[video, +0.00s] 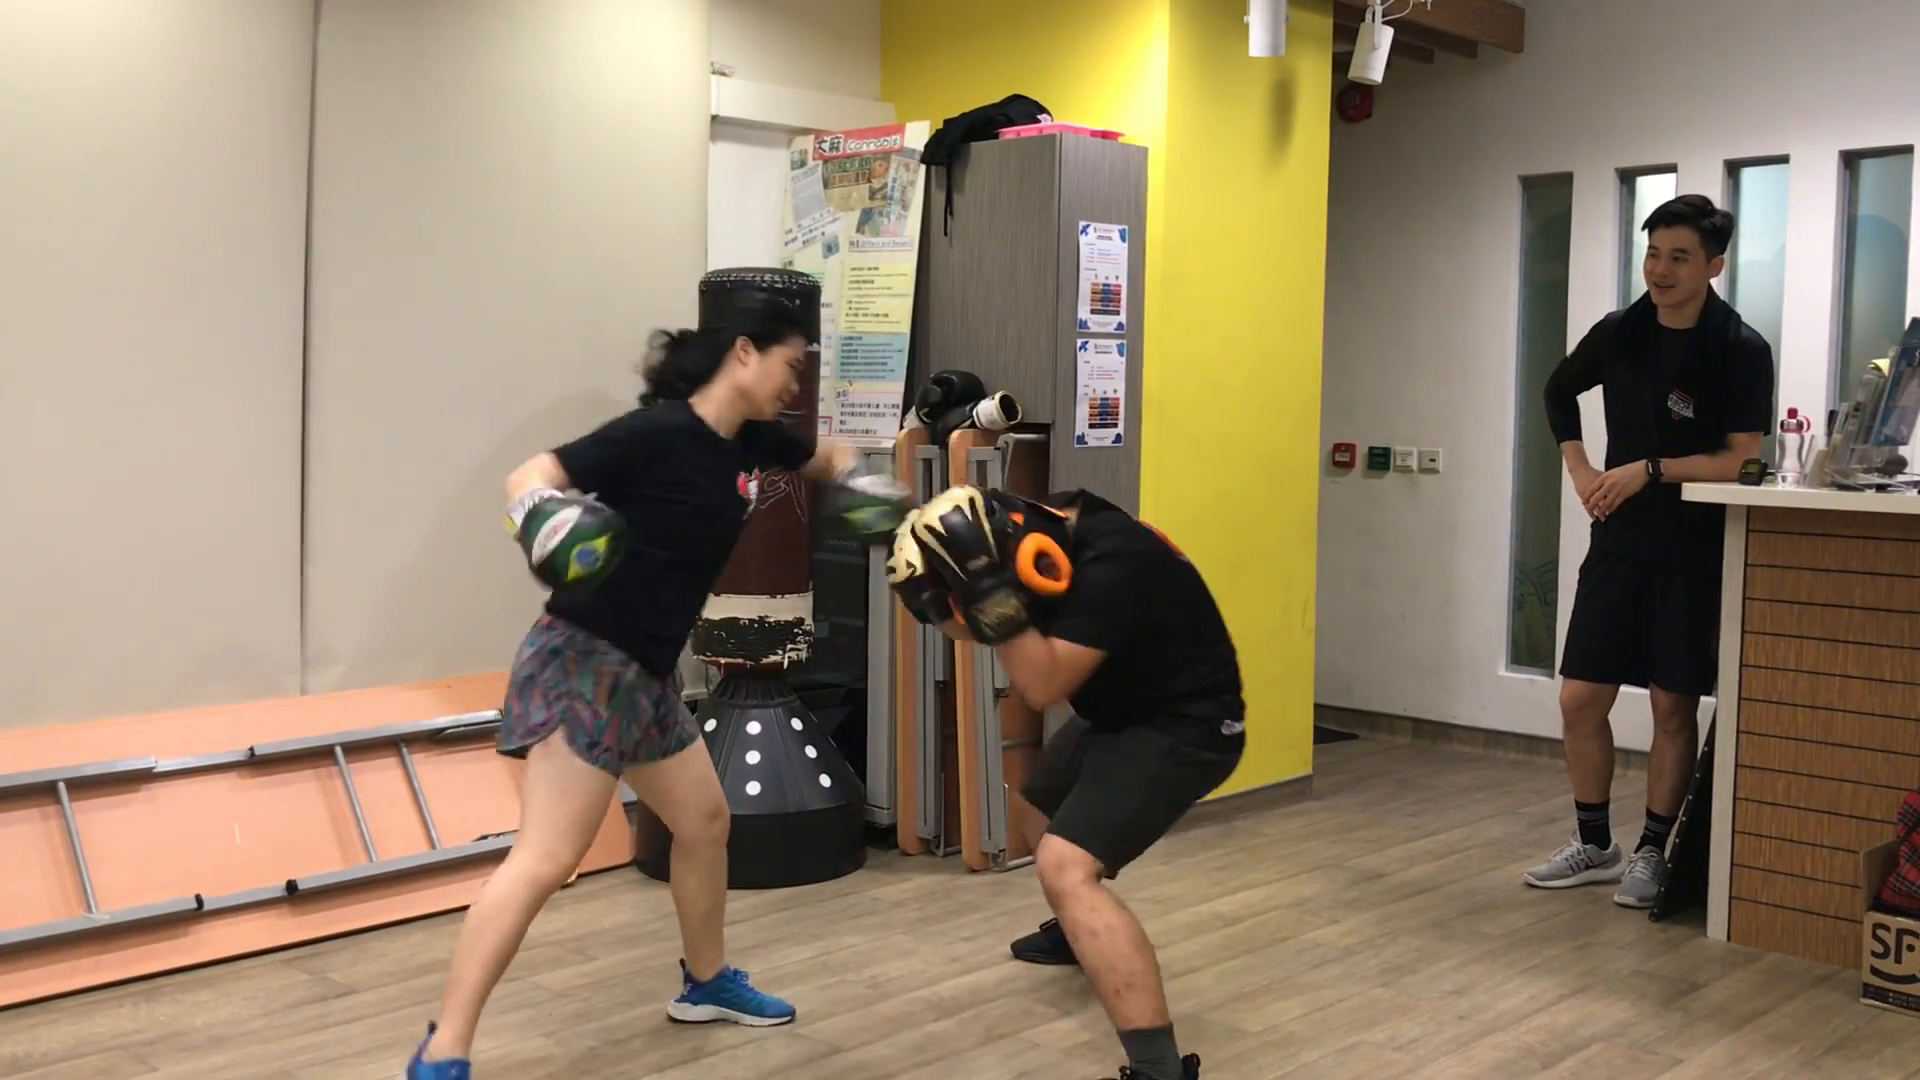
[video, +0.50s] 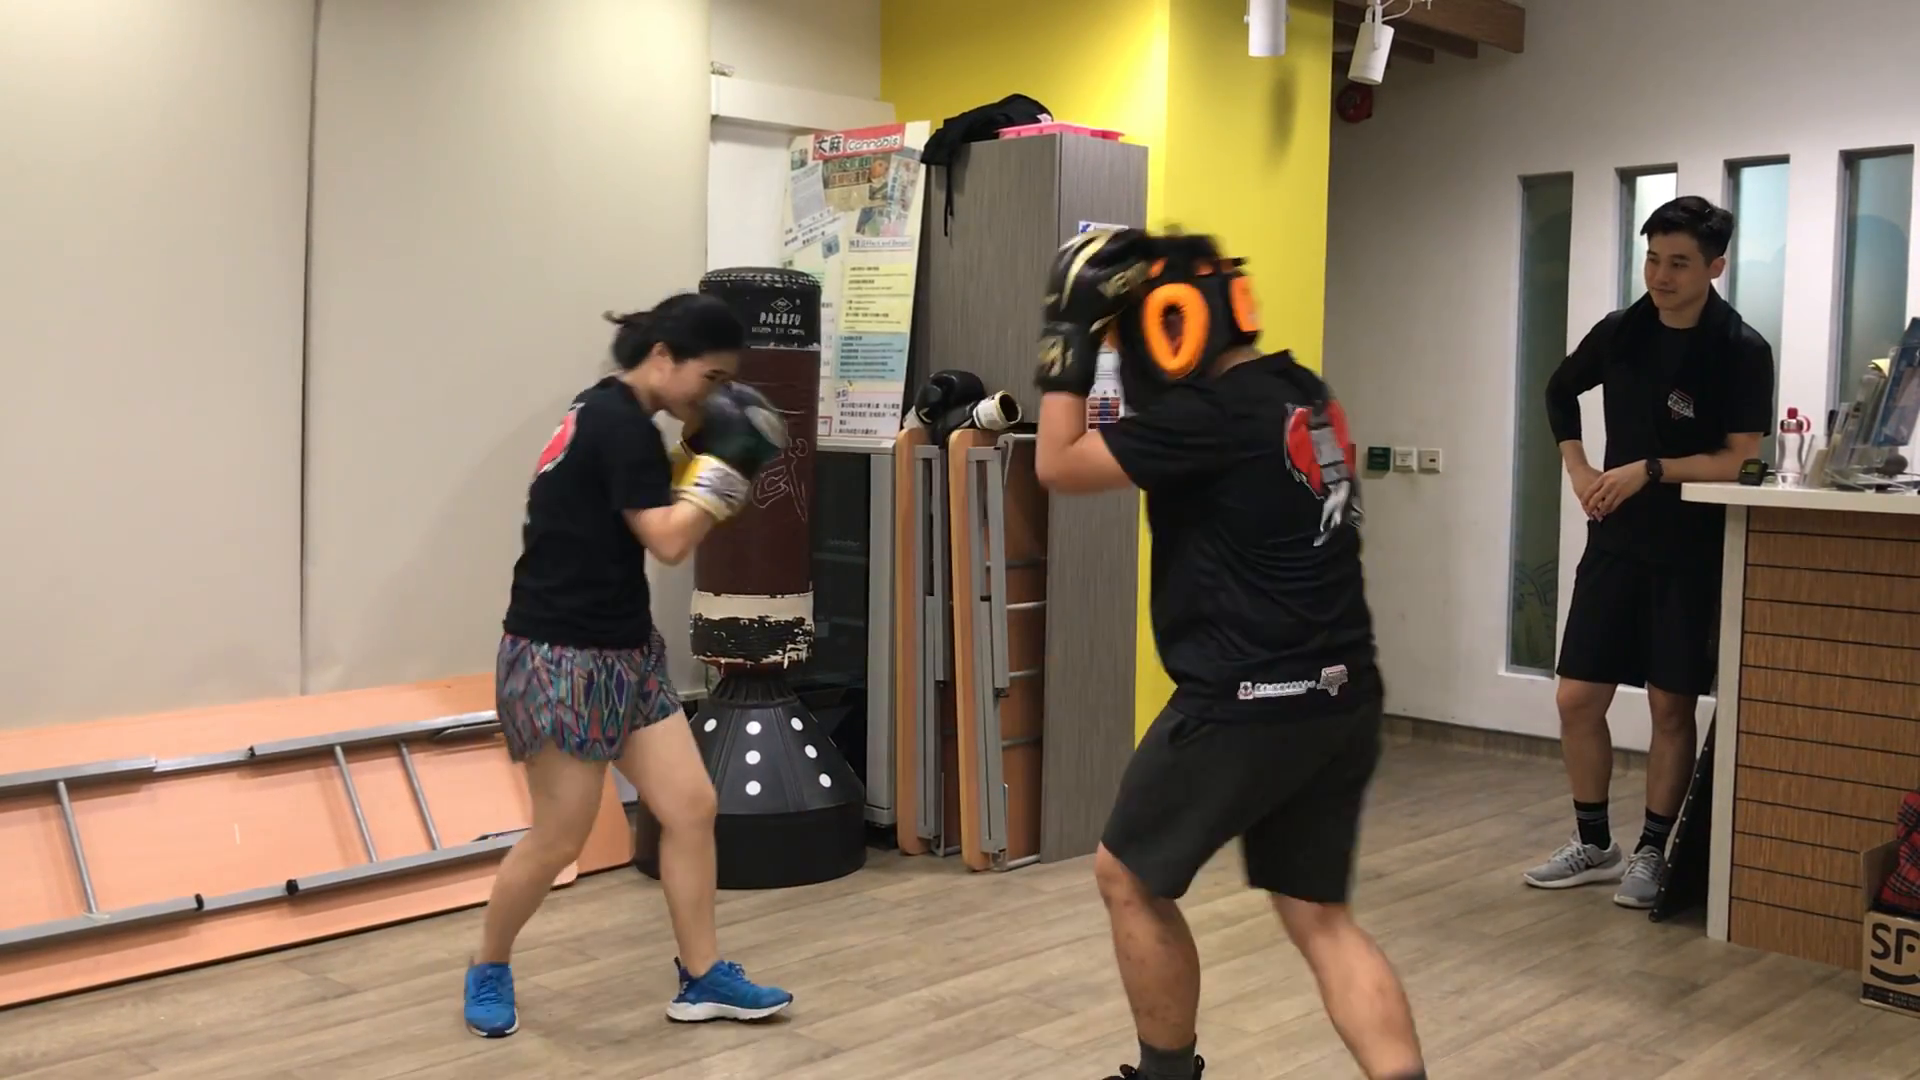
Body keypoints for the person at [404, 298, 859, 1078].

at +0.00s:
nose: (800, 384)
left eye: (804, 369)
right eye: (794, 365)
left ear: (749, 360)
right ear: (743, 355)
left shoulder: (750, 438)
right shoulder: (656, 433)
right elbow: (527, 477)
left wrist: (861, 473)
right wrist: (548, 515)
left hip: (646, 673)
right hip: (583, 660)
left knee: (705, 823)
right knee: (546, 858)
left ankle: (705, 981)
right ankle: (443, 1054)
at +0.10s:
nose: (813, 394)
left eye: (818, 379)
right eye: (808, 377)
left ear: (761, 367)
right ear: (761, 365)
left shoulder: (727, 442)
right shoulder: (710, 430)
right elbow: (649, 491)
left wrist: (749, 536)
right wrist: (711, 530)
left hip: (641, 659)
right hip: (598, 653)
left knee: (693, 807)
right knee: (548, 842)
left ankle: (705, 978)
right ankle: (415, 1015)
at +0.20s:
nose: (804, 413)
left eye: (811, 399)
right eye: (801, 393)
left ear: (750, 376)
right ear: (754, 370)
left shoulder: (692, 422)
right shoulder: (721, 427)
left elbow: (670, 530)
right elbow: (780, 497)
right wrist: (880, 504)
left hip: (647, 657)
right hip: (588, 648)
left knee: (689, 811)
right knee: (536, 834)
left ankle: (704, 978)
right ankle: (407, 985)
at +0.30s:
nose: (784, 405)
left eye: (793, 391)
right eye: (781, 385)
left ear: (733, 369)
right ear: (733, 362)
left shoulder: (690, 412)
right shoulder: (687, 412)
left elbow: (678, 490)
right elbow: (788, 480)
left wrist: (737, 502)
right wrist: (859, 487)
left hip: (643, 645)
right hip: (573, 637)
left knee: (681, 809)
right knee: (544, 827)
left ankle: (703, 978)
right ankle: (435, 953)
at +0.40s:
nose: (750, 395)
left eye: (757, 382)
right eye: (744, 376)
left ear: (703, 361)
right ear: (697, 351)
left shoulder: (667, 405)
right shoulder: (659, 407)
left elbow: (689, 490)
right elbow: (736, 507)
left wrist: (746, 456)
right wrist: (790, 469)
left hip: (638, 641)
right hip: (567, 640)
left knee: (673, 810)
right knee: (559, 834)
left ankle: (700, 977)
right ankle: (496, 961)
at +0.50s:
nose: (711, 392)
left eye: (719, 381)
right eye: (708, 376)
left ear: (662, 361)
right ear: (663, 355)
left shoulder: (628, 416)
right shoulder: (616, 420)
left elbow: (667, 525)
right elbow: (668, 541)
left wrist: (718, 467)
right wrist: (722, 470)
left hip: (626, 650)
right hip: (559, 652)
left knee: (691, 806)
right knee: (560, 834)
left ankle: (703, 975)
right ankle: (489, 967)